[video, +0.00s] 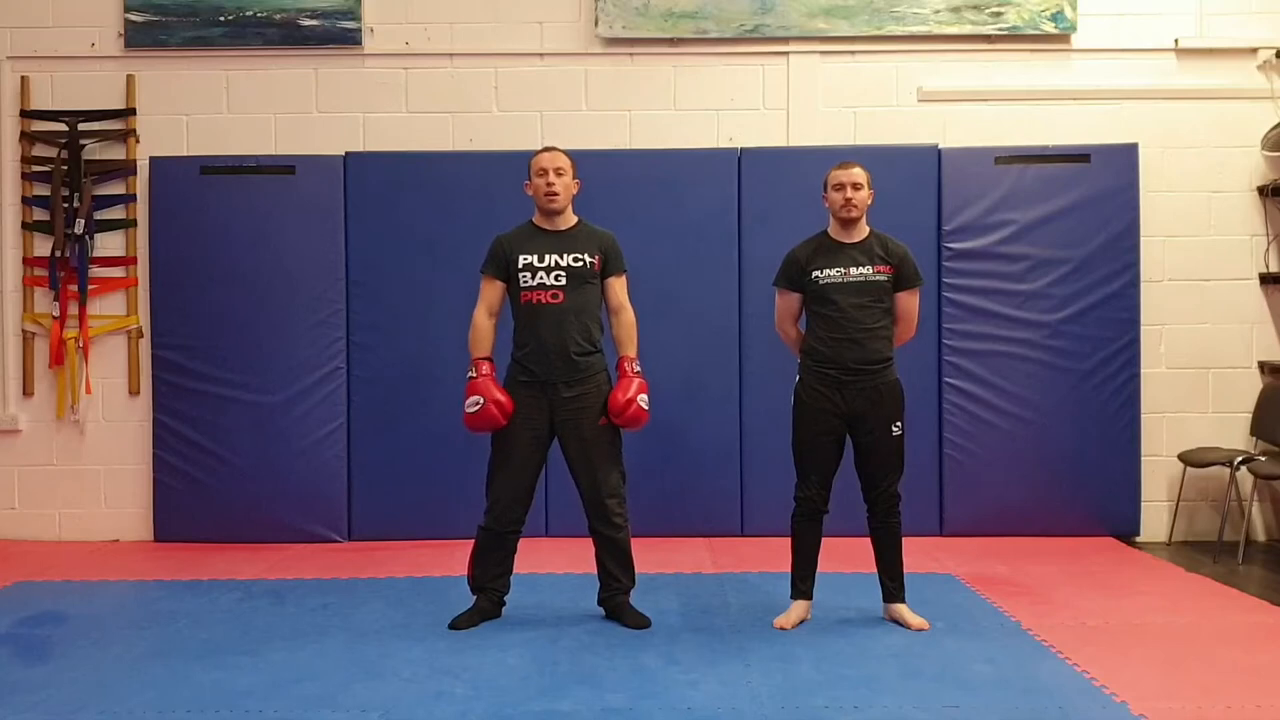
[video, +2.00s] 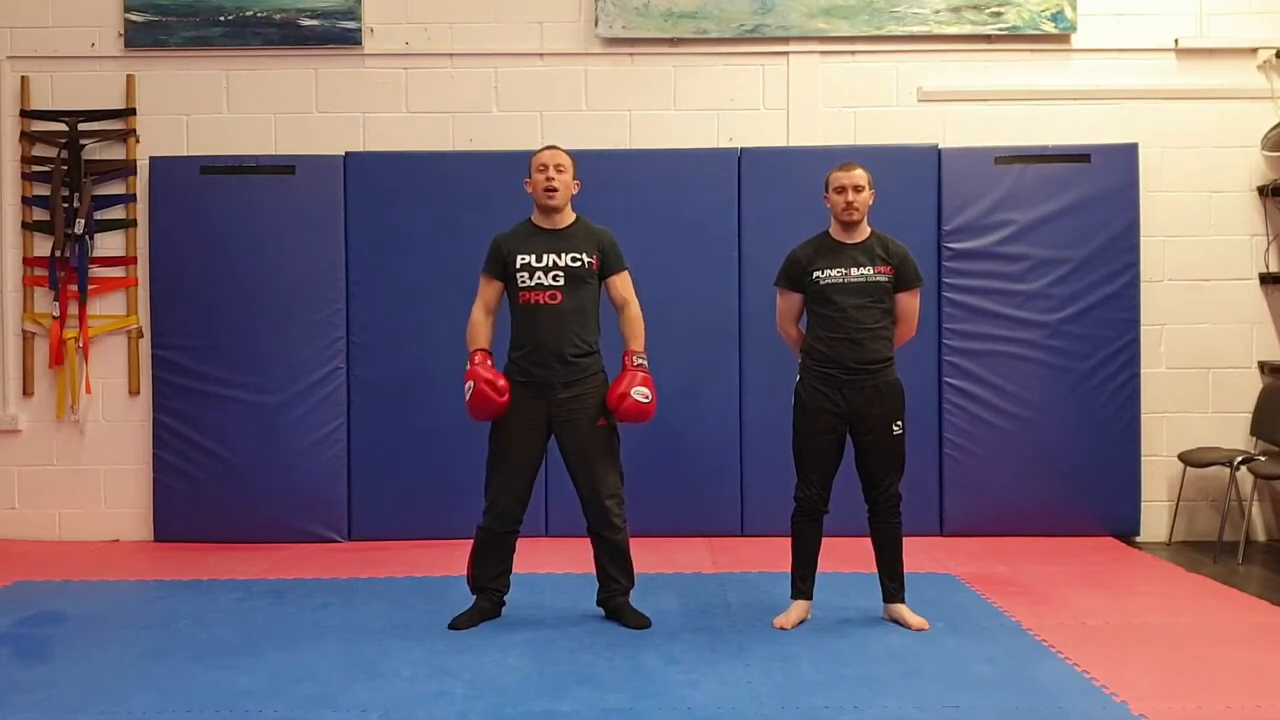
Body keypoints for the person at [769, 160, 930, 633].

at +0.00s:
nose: (848, 195)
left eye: (856, 187)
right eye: (839, 188)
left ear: (870, 196)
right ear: (826, 197)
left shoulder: (895, 255)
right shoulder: (802, 258)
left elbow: (906, 328)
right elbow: (785, 325)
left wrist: (863, 352)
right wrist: (820, 357)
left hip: (878, 393)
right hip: (818, 394)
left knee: (885, 500)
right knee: (809, 497)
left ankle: (894, 600)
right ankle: (801, 598)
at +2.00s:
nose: (849, 197)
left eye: (857, 189)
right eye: (839, 190)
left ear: (871, 196)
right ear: (827, 198)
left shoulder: (896, 256)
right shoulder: (803, 258)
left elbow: (907, 327)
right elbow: (787, 325)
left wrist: (865, 353)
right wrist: (822, 357)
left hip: (878, 392)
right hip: (819, 393)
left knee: (885, 499)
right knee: (810, 497)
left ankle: (894, 600)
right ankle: (801, 598)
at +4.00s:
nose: (847, 200)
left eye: (855, 191)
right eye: (838, 193)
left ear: (870, 197)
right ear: (826, 200)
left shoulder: (895, 257)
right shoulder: (803, 258)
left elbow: (906, 329)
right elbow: (786, 326)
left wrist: (864, 353)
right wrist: (821, 357)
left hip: (877, 391)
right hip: (818, 392)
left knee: (885, 498)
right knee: (809, 497)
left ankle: (894, 601)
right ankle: (801, 598)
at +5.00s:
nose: (847, 199)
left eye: (855, 191)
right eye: (838, 192)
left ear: (870, 196)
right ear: (826, 199)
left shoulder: (895, 256)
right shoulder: (803, 258)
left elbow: (906, 328)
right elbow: (786, 325)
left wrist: (864, 353)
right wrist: (821, 357)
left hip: (878, 391)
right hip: (819, 392)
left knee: (885, 498)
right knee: (809, 497)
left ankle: (894, 601)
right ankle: (801, 598)